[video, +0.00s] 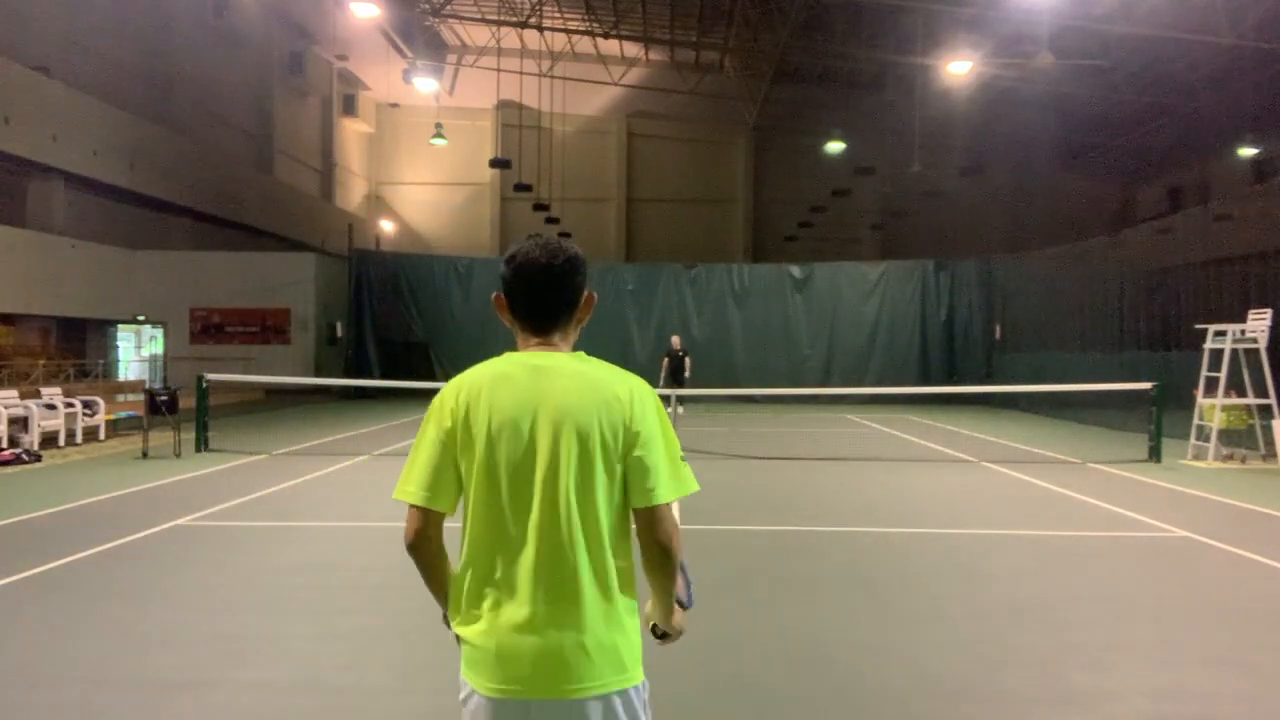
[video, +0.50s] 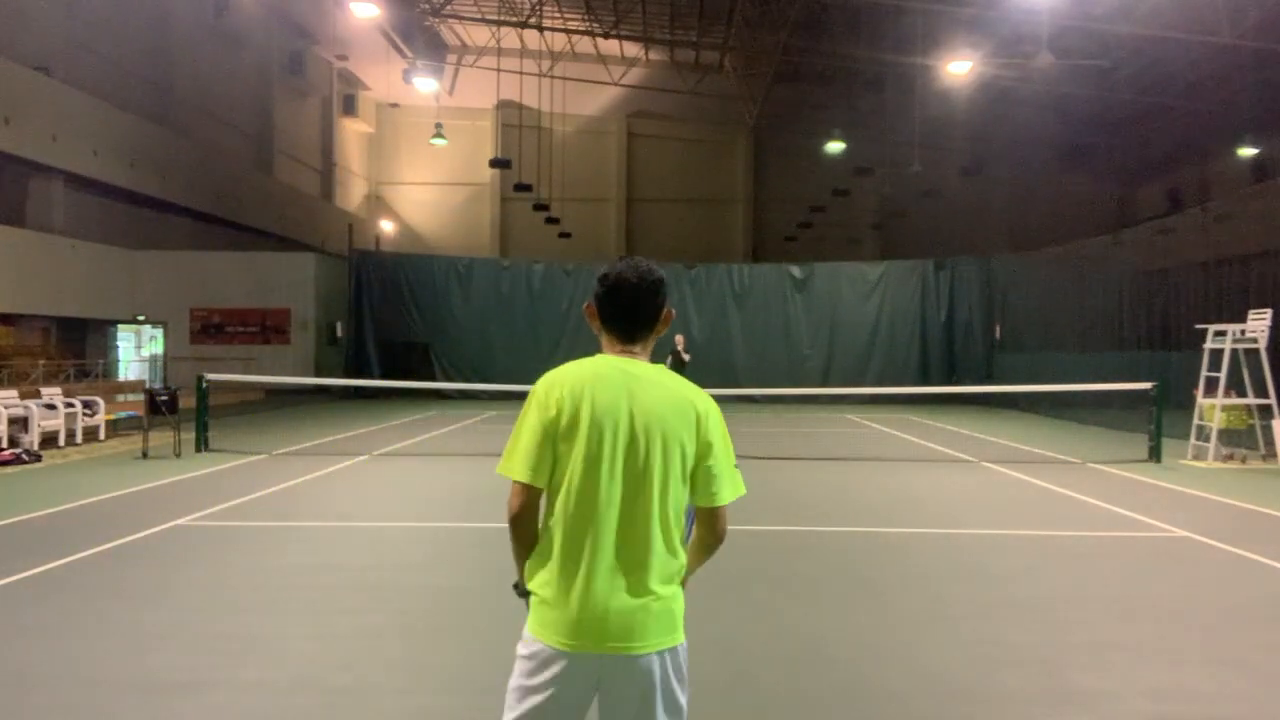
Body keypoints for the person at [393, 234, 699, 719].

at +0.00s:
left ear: (502, 308)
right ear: (587, 306)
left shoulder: (463, 394)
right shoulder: (628, 395)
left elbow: (419, 533)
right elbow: (660, 530)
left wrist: (455, 607)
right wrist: (664, 610)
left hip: (496, 664)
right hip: (600, 665)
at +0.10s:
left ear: (512, 306)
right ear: (594, 308)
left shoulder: (472, 392)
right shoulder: (631, 394)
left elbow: (425, 523)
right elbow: (660, 529)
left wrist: (457, 605)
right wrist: (662, 609)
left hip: (502, 654)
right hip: (605, 656)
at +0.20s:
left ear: (527, 312)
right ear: (606, 315)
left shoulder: (487, 393)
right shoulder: (642, 400)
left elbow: (441, 519)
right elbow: (670, 528)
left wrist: (466, 602)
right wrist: (665, 598)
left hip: (511, 651)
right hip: (612, 653)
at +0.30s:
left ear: (549, 317)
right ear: (626, 320)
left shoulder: (509, 396)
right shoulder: (661, 406)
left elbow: (465, 519)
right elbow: (687, 531)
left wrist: (480, 596)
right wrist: (668, 583)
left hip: (524, 651)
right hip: (623, 654)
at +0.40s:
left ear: (574, 317)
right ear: (649, 321)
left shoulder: (536, 393)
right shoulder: (679, 408)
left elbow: (497, 517)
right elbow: (702, 535)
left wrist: (508, 589)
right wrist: (670, 583)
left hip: (541, 642)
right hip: (637, 648)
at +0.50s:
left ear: (592, 315)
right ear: (665, 319)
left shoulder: (556, 388)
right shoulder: (694, 403)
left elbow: (521, 508)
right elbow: (713, 528)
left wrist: (528, 576)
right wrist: (673, 576)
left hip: (559, 629)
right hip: (651, 633)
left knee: (528, 713)